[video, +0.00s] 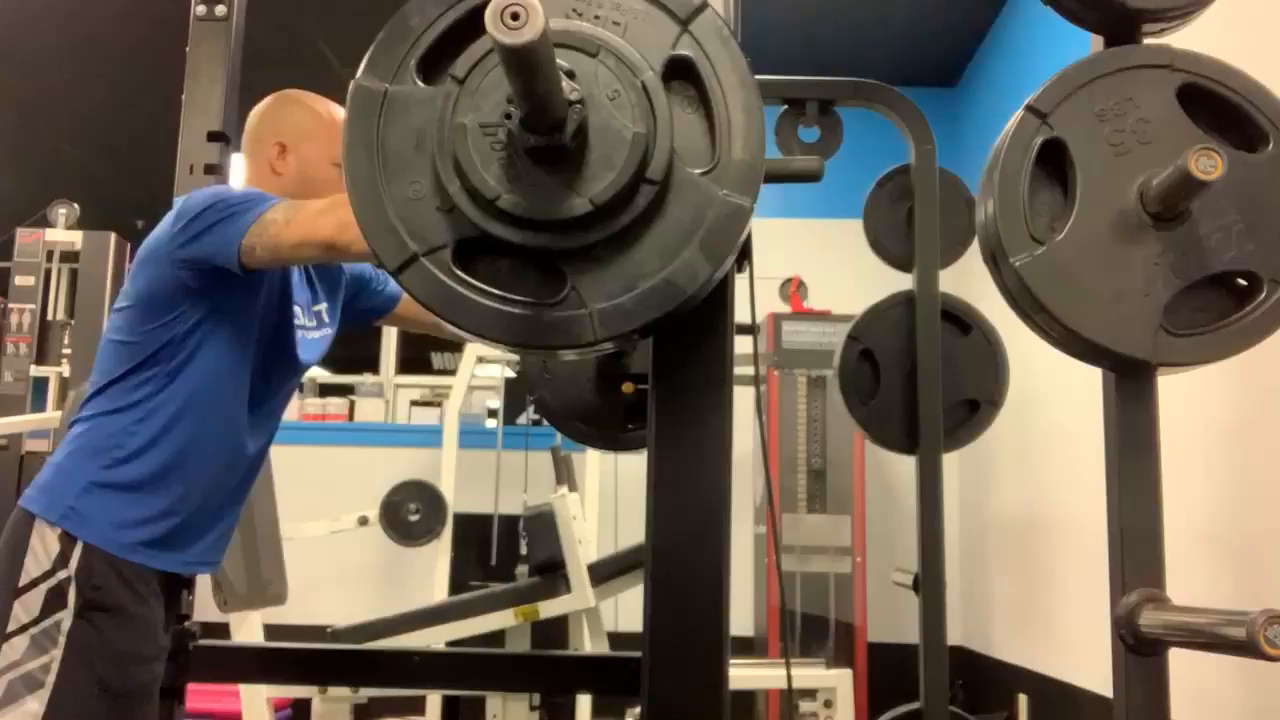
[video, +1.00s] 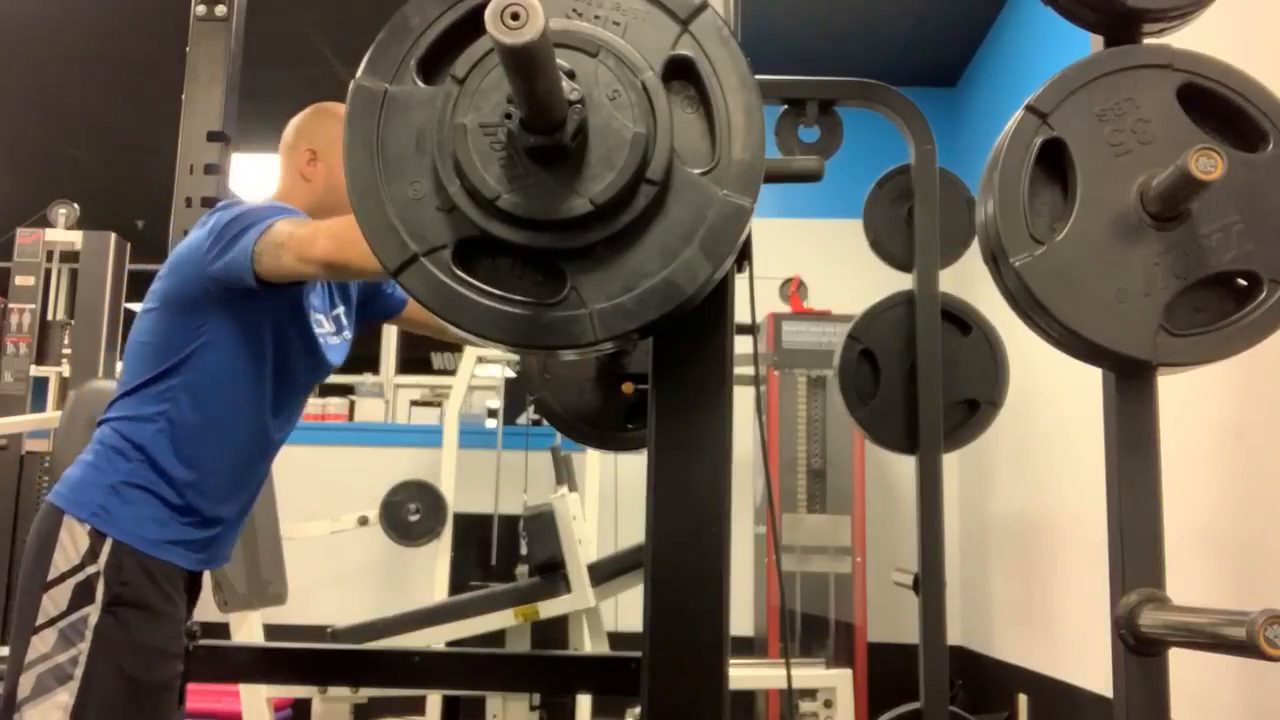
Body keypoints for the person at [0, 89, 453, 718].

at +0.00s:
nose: (349, 185)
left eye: (351, 167)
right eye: (339, 163)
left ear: (287, 159)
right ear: (281, 157)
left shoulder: (332, 272)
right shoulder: (206, 218)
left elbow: (444, 306)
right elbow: (346, 226)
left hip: (164, 569)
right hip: (85, 551)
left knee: (141, 705)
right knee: (59, 710)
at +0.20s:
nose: (343, 187)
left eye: (343, 169)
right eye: (331, 165)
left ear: (270, 159)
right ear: (266, 158)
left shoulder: (320, 266)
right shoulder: (198, 222)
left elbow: (436, 294)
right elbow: (349, 230)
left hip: (164, 566)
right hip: (79, 551)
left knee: (147, 708)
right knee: (69, 711)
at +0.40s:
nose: (346, 186)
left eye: (346, 168)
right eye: (334, 163)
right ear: (268, 156)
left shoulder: (323, 265)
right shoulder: (206, 225)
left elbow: (435, 293)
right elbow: (347, 235)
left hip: (165, 565)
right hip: (87, 553)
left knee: (145, 706)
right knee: (77, 710)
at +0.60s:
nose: (346, 179)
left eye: (347, 160)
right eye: (332, 155)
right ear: (266, 148)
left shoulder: (322, 261)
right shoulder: (213, 219)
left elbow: (434, 286)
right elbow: (344, 230)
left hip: (168, 556)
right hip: (105, 546)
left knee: (140, 708)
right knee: (89, 711)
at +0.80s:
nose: (352, 180)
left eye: (353, 163)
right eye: (340, 159)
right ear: (281, 152)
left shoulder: (330, 266)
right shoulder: (219, 223)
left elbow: (439, 299)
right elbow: (341, 232)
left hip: (168, 561)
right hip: (102, 549)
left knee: (141, 707)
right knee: (72, 711)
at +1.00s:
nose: (370, 184)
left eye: (374, 169)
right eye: (360, 165)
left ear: (308, 166)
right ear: (309, 162)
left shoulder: (346, 273)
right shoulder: (234, 229)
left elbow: (452, 315)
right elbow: (330, 247)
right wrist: (459, 191)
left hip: (172, 558)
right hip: (110, 544)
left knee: (141, 709)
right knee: (75, 713)